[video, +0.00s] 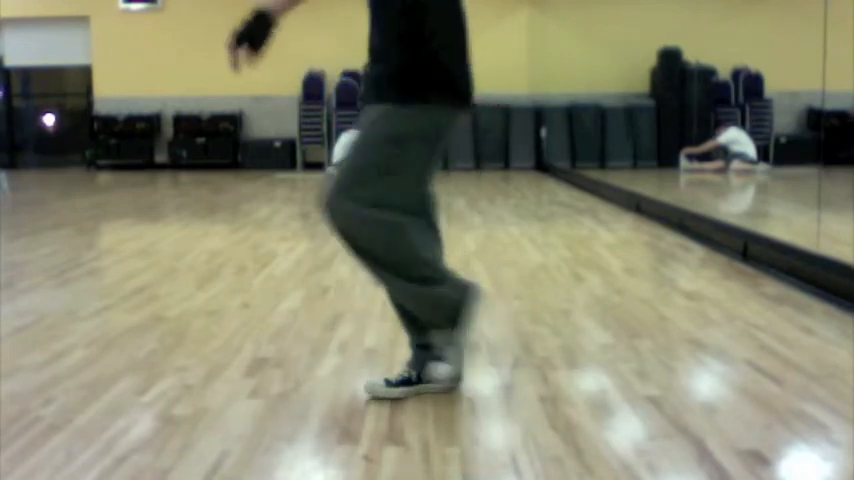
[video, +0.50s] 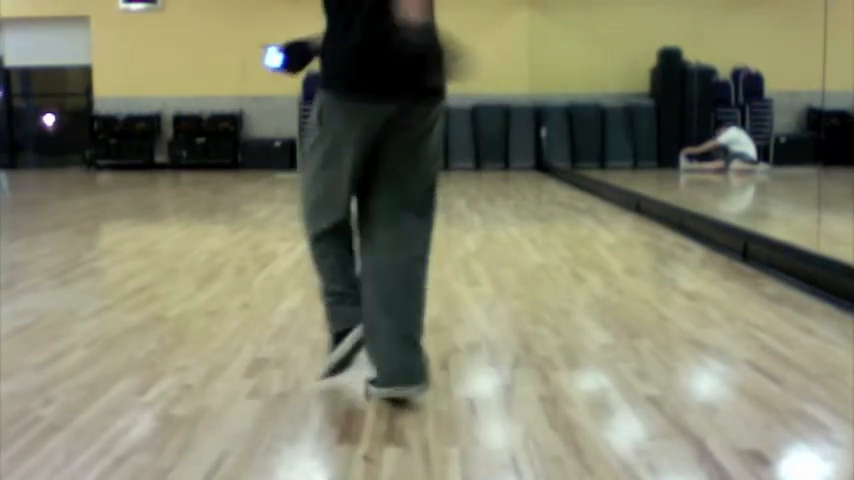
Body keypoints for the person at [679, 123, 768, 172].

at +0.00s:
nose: (719, 134)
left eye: (719, 132)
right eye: (718, 133)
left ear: (724, 128)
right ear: (727, 127)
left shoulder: (731, 132)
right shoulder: (732, 132)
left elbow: (710, 146)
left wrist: (688, 151)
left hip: (744, 159)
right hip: (734, 159)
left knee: (734, 167)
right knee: (716, 165)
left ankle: (755, 171)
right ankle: (696, 166)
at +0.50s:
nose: (719, 135)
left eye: (719, 132)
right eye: (719, 133)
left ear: (723, 129)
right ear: (727, 127)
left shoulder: (732, 132)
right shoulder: (734, 132)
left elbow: (710, 146)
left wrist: (688, 151)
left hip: (744, 159)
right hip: (734, 159)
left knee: (733, 170)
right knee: (715, 165)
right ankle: (692, 166)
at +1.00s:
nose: (719, 134)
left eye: (719, 132)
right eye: (718, 133)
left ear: (723, 128)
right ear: (727, 127)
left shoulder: (732, 132)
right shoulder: (733, 132)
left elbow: (711, 146)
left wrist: (688, 151)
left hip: (743, 160)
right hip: (734, 159)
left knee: (733, 170)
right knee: (715, 165)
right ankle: (692, 166)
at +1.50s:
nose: (719, 135)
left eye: (720, 133)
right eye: (719, 133)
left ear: (723, 129)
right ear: (727, 127)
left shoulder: (731, 132)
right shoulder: (734, 132)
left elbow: (709, 147)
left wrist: (687, 151)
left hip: (744, 159)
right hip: (735, 159)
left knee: (733, 170)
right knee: (715, 165)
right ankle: (691, 166)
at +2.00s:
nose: (719, 135)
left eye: (720, 133)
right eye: (719, 133)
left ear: (723, 129)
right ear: (727, 127)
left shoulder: (731, 132)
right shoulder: (733, 132)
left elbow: (710, 146)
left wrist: (688, 151)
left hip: (744, 159)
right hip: (735, 159)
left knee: (733, 169)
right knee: (715, 165)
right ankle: (692, 166)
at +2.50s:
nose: (719, 135)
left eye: (720, 133)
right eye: (719, 133)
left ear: (723, 129)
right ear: (727, 127)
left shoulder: (731, 132)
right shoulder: (734, 132)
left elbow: (710, 146)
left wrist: (688, 151)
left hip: (744, 160)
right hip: (735, 159)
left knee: (733, 169)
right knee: (715, 165)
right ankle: (692, 166)